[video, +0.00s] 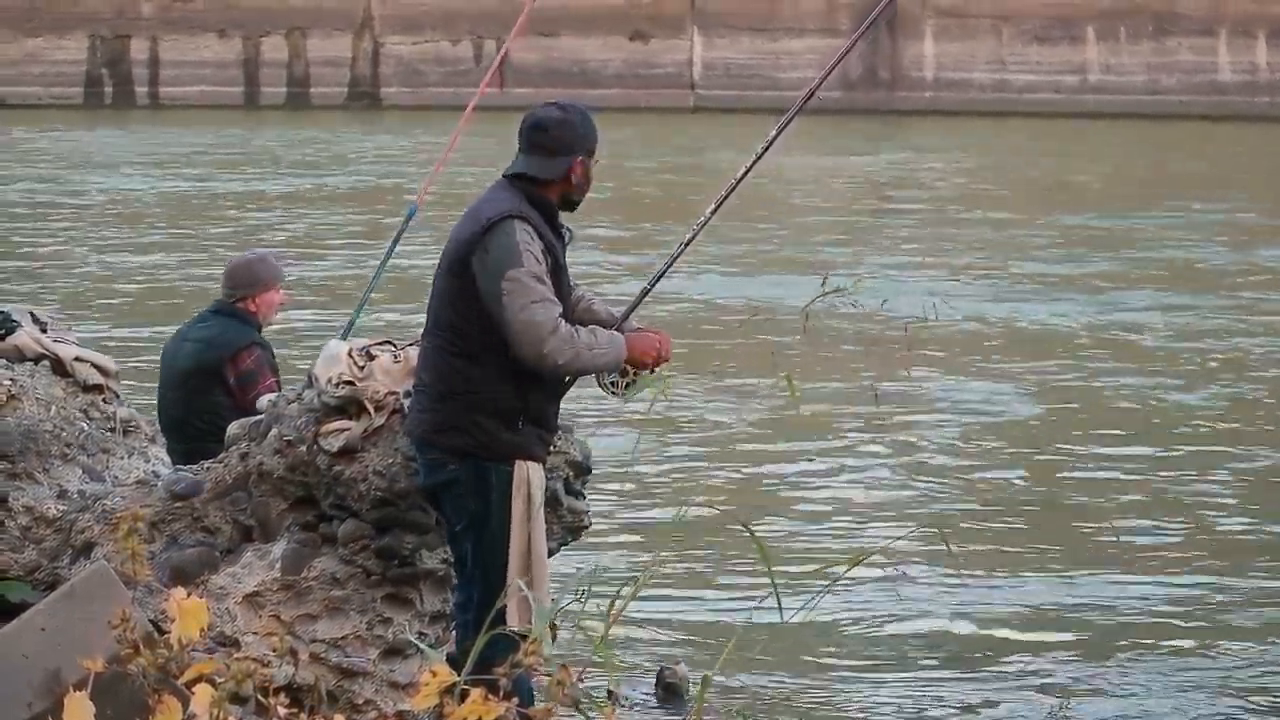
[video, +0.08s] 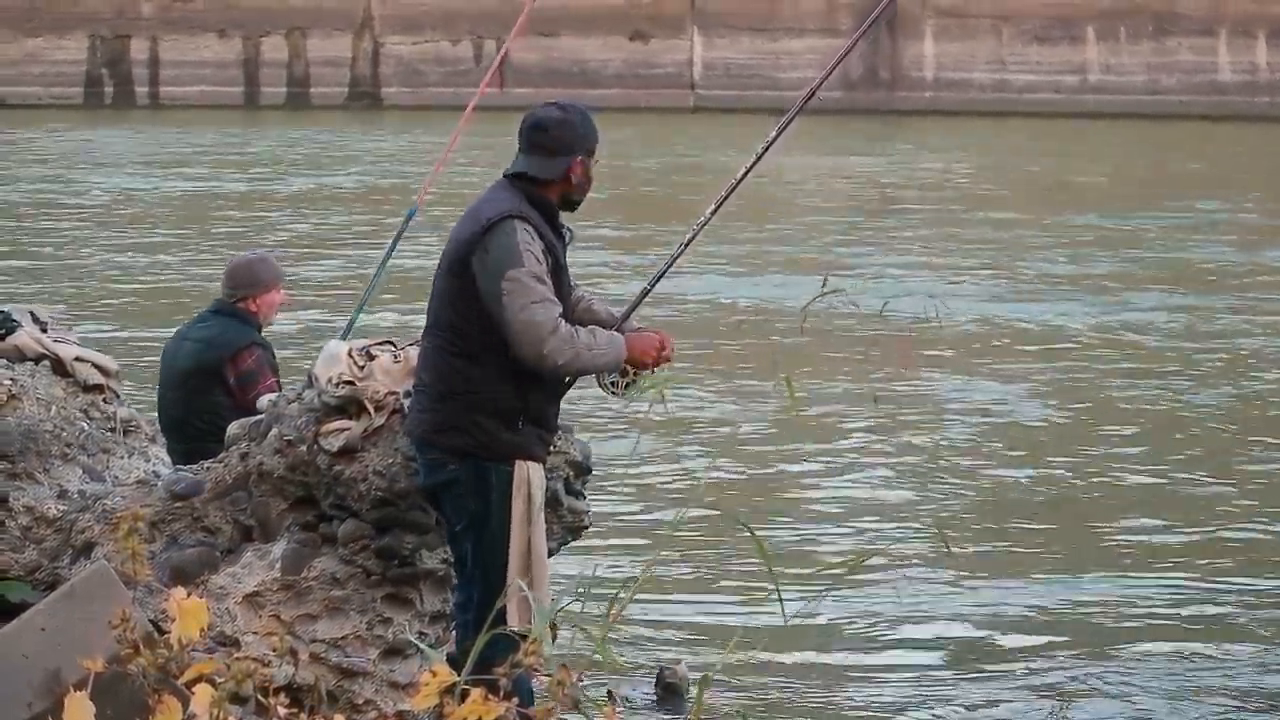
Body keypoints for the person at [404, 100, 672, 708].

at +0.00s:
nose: (592, 175)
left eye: (591, 163)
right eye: (590, 163)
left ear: (534, 160)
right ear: (574, 170)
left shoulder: (527, 222)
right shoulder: (509, 230)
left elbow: (563, 304)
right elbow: (542, 341)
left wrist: (624, 327)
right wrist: (622, 348)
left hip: (491, 441)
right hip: (471, 446)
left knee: (499, 590)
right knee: (492, 594)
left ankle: (493, 710)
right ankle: (490, 711)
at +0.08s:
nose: (592, 174)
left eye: (592, 162)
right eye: (590, 163)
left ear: (535, 161)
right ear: (574, 169)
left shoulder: (528, 222)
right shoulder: (509, 229)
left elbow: (562, 305)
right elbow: (541, 340)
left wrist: (625, 327)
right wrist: (623, 348)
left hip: (492, 439)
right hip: (472, 444)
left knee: (502, 587)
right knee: (492, 591)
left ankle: (495, 708)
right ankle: (488, 711)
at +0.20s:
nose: (592, 174)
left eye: (592, 163)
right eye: (590, 163)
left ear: (538, 162)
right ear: (573, 169)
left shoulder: (530, 222)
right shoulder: (510, 229)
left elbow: (561, 305)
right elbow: (541, 340)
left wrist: (624, 325)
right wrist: (624, 348)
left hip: (491, 439)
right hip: (472, 444)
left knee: (498, 590)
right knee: (492, 594)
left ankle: (492, 708)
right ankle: (487, 710)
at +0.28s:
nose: (591, 175)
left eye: (592, 163)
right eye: (590, 164)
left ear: (538, 161)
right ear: (573, 169)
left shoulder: (530, 222)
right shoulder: (510, 229)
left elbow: (562, 306)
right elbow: (543, 341)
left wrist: (627, 329)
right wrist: (624, 346)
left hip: (492, 440)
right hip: (472, 444)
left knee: (500, 590)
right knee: (493, 594)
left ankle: (493, 708)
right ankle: (487, 711)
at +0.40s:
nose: (592, 175)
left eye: (592, 163)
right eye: (589, 163)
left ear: (540, 162)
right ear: (572, 168)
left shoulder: (529, 222)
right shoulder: (511, 230)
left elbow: (561, 306)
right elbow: (545, 341)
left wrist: (626, 330)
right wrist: (624, 345)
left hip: (490, 440)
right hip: (472, 445)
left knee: (497, 591)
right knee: (493, 595)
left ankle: (490, 709)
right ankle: (489, 712)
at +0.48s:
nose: (592, 175)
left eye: (592, 163)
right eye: (589, 163)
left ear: (539, 162)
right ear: (571, 168)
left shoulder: (529, 222)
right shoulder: (511, 230)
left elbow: (561, 307)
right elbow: (547, 341)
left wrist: (625, 328)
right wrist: (625, 344)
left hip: (489, 439)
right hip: (472, 444)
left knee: (496, 589)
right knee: (493, 593)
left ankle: (487, 707)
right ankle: (488, 711)